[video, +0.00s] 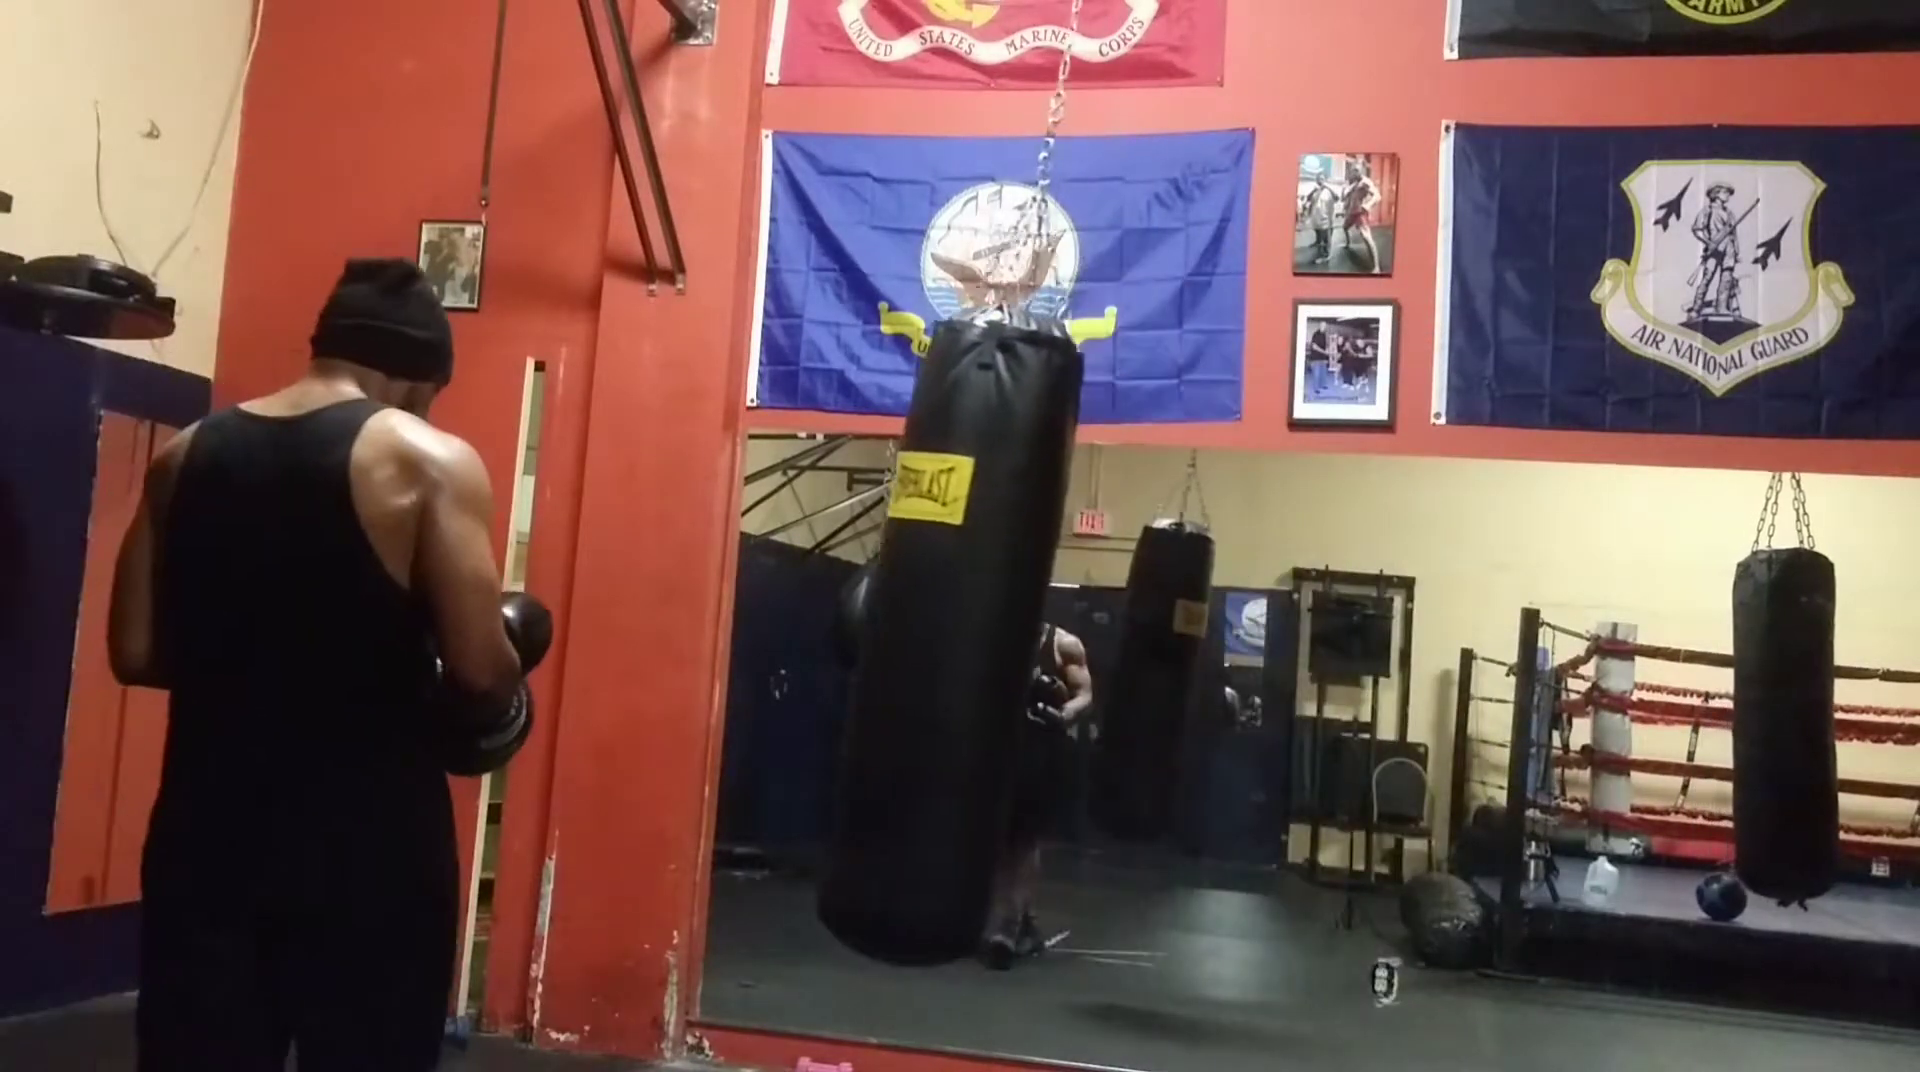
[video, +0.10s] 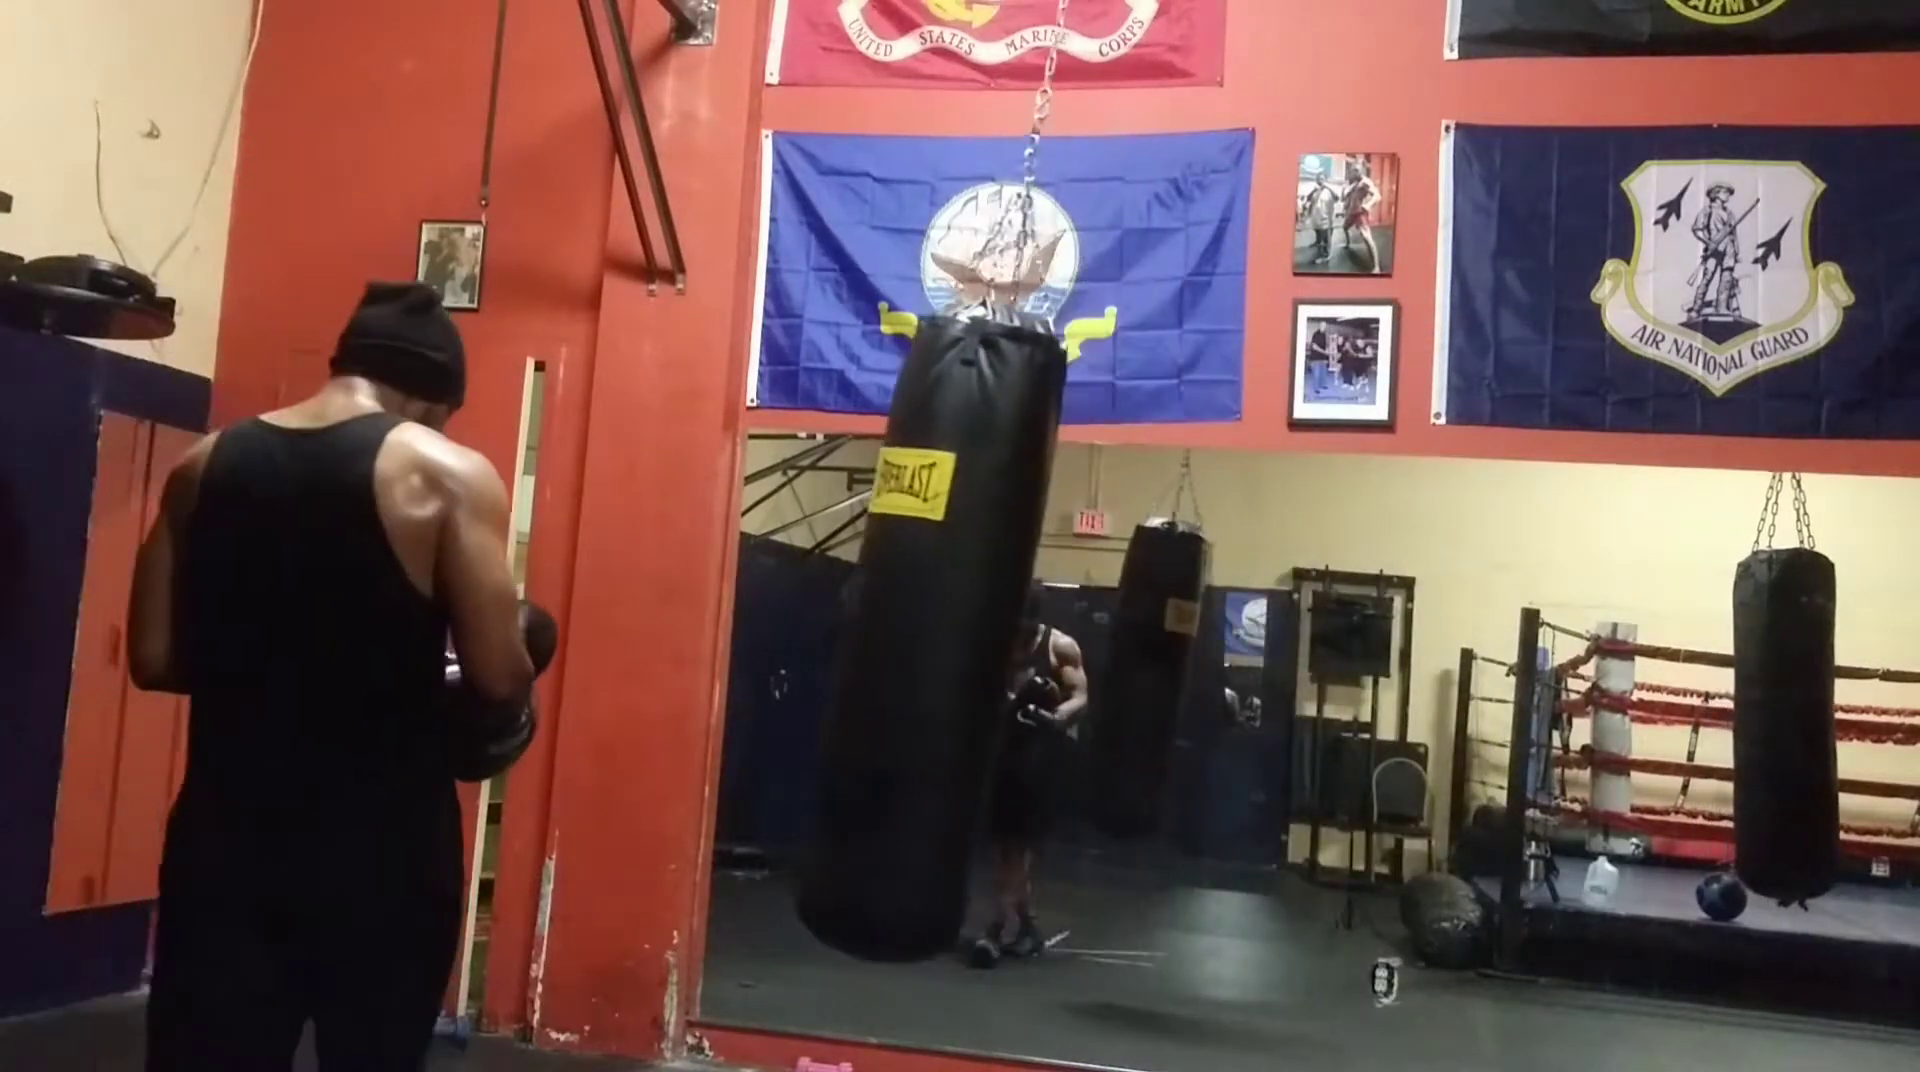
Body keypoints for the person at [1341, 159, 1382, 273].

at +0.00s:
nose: (1352, 174)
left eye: (1355, 171)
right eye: (1352, 171)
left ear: (1359, 172)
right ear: (1350, 172)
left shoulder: (1365, 182)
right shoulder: (1350, 184)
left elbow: (1376, 195)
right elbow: (1343, 198)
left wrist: (1367, 206)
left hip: (1361, 212)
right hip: (1351, 212)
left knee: (1366, 236)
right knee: (1345, 227)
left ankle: (1376, 266)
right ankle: (1348, 243)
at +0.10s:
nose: (1352, 174)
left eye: (1355, 171)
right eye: (1352, 171)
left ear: (1359, 172)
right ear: (1350, 172)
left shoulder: (1365, 182)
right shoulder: (1350, 184)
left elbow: (1376, 195)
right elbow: (1343, 198)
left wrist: (1367, 206)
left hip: (1361, 212)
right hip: (1351, 212)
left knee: (1366, 236)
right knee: (1345, 227)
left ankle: (1376, 266)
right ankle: (1348, 243)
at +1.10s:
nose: (1351, 174)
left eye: (1354, 172)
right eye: (1351, 172)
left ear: (1358, 172)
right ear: (1350, 173)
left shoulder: (1365, 182)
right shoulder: (1351, 184)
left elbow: (1376, 196)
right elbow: (1344, 197)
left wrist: (1366, 206)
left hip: (1361, 211)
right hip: (1351, 211)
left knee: (1367, 237)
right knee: (1345, 227)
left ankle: (1376, 266)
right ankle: (1348, 243)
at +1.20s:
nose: (1351, 174)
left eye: (1354, 172)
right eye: (1351, 172)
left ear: (1358, 172)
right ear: (1350, 173)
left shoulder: (1365, 182)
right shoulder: (1351, 184)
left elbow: (1376, 196)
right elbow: (1344, 198)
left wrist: (1366, 206)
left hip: (1361, 211)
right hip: (1351, 211)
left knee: (1367, 237)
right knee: (1345, 227)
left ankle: (1376, 266)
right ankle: (1348, 243)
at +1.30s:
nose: (1351, 176)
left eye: (1353, 173)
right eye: (1350, 174)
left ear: (1357, 173)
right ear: (1350, 174)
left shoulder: (1365, 182)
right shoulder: (1351, 184)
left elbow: (1376, 196)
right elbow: (1343, 198)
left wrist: (1367, 206)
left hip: (1360, 211)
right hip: (1351, 211)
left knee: (1366, 237)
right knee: (1345, 227)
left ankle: (1376, 266)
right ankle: (1348, 243)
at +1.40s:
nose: (1351, 175)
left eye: (1353, 172)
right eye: (1350, 173)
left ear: (1358, 173)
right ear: (1350, 174)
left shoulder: (1365, 182)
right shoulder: (1350, 184)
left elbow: (1376, 195)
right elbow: (1343, 197)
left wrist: (1367, 206)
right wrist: (1351, 187)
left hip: (1361, 211)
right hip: (1351, 211)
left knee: (1366, 237)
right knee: (1345, 227)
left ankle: (1376, 266)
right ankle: (1348, 243)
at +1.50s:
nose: (1351, 175)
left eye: (1353, 173)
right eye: (1350, 173)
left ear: (1358, 173)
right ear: (1350, 174)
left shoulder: (1365, 182)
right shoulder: (1351, 184)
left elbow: (1376, 195)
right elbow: (1344, 197)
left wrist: (1366, 206)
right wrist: (1350, 187)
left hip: (1361, 211)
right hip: (1351, 211)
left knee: (1366, 237)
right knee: (1345, 227)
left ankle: (1376, 266)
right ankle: (1348, 243)